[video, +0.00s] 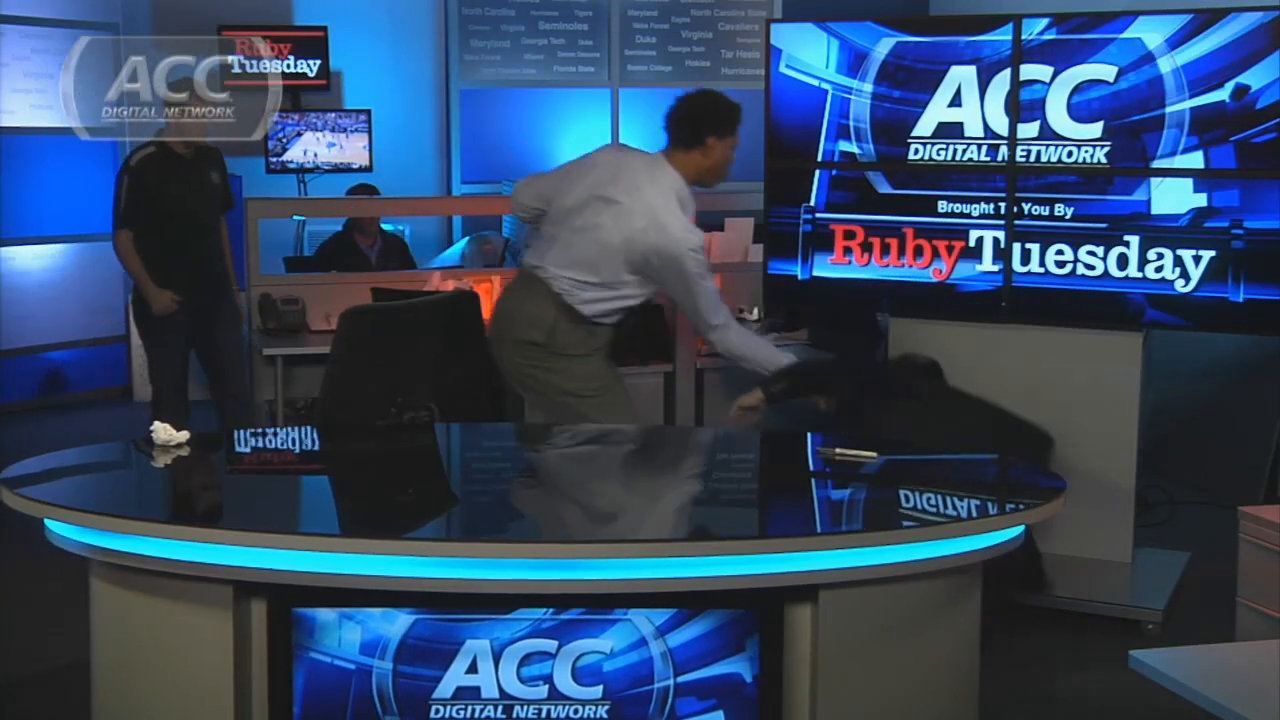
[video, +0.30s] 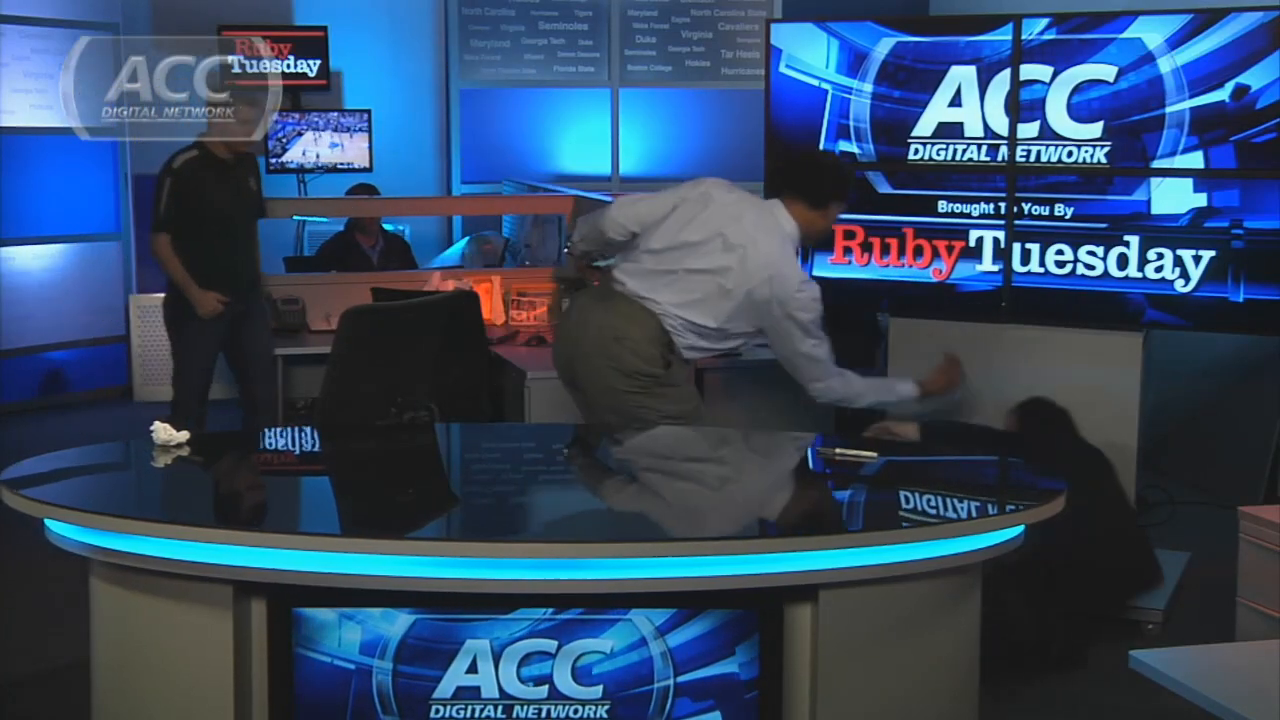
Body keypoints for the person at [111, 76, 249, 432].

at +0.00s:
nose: (202, 121)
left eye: (204, 112)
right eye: (194, 112)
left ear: (208, 115)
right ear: (174, 115)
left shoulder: (212, 159)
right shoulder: (140, 164)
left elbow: (219, 226)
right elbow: (123, 239)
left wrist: (232, 286)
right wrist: (151, 291)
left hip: (213, 294)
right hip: (163, 299)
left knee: (232, 390)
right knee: (170, 397)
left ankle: (242, 470)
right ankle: (173, 480)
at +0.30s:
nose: (250, 132)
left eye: (254, 123)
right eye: (243, 122)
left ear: (258, 121)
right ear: (218, 117)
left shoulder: (247, 164)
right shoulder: (180, 168)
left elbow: (250, 231)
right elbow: (161, 240)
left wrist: (258, 282)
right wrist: (195, 294)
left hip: (245, 300)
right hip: (196, 305)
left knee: (263, 397)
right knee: (190, 403)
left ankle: (261, 474)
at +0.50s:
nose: (290, 131)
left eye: (293, 123)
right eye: (283, 122)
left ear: (289, 125)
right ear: (259, 120)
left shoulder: (279, 165)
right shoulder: (217, 165)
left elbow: (276, 236)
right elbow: (191, 239)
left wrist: (285, 293)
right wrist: (225, 296)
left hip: (276, 304)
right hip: (231, 306)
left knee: (280, 396)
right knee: (230, 398)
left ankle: (276, 474)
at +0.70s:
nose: (318, 132)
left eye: (321, 124)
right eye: (311, 123)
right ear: (285, 120)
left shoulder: (307, 168)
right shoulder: (243, 164)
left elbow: (308, 239)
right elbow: (213, 238)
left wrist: (316, 292)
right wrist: (230, 303)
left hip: (300, 299)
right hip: (258, 302)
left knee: (301, 397)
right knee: (280, 399)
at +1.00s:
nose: (361, 141)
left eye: (363, 133)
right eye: (354, 132)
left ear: (331, 131)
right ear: (326, 129)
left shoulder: (344, 177)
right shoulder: (284, 175)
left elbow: (346, 250)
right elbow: (252, 246)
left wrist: (367, 307)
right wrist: (251, 319)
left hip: (335, 309)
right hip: (294, 310)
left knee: (335, 403)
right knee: (308, 404)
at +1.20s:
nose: (392, 140)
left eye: (393, 132)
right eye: (384, 132)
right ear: (357, 130)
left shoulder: (374, 172)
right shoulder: (314, 176)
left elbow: (377, 250)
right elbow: (286, 254)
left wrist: (394, 309)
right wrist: (295, 328)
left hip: (370, 319)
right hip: (326, 321)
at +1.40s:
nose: (420, 138)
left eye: (421, 129)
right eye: (413, 128)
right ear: (385, 126)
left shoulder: (399, 169)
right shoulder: (343, 172)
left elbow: (399, 250)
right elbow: (317, 253)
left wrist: (424, 310)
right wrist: (344, 319)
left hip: (396, 317)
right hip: (357, 323)